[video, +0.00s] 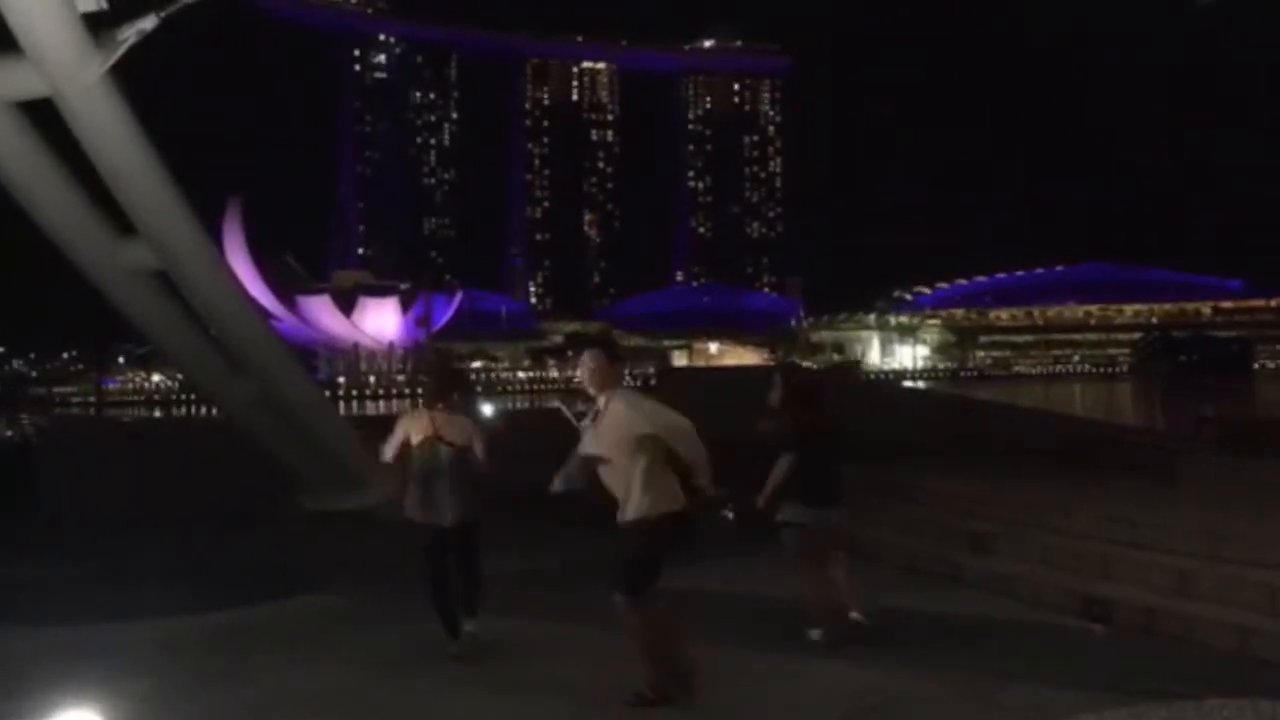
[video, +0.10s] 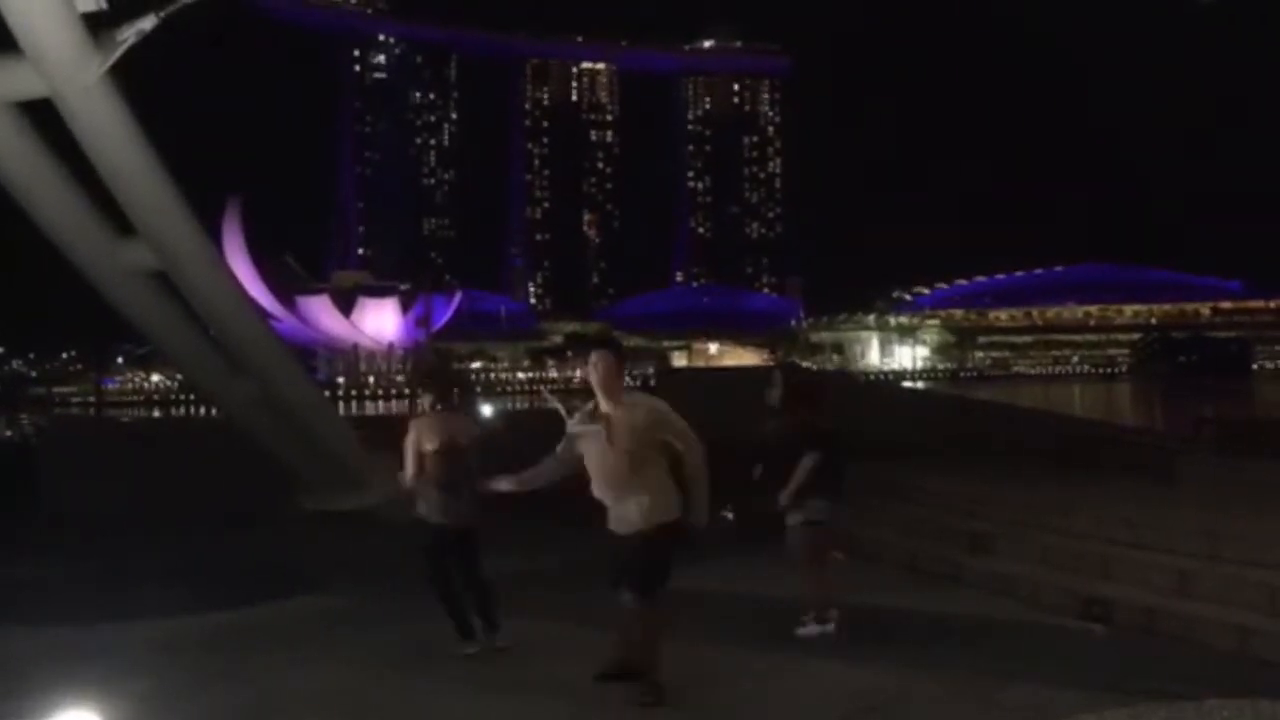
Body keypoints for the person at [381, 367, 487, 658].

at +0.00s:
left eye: (429, 395)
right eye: (449, 396)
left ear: (424, 395)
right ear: (454, 395)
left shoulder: (410, 422)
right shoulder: (465, 425)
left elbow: (388, 455)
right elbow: (480, 462)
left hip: (422, 515)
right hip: (459, 514)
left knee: (435, 572)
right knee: (464, 564)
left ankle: (451, 632)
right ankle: (469, 616)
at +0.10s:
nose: (420, 401)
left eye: (422, 396)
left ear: (425, 396)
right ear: (453, 394)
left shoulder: (419, 427)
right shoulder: (467, 424)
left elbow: (410, 476)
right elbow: (478, 468)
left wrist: (401, 478)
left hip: (434, 517)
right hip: (468, 514)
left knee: (442, 578)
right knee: (473, 571)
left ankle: (467, 637)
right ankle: (492, 630)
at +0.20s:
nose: (412, 412)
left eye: (416, 405)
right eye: (412, 404)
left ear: (426, 405)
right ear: (441, 400)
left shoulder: (432, 431)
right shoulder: (451, 425)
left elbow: (431, 475)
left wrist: (411, 495)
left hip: (443, 519)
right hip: (461, 517)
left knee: (434, 577)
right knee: (472, 573)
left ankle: (467, 635)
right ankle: (499, 630)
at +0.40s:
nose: (390, 420)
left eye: (393, 412)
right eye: (390, 413)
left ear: (408, 413)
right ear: (418, 412)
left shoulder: (419, 438)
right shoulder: (442, 432)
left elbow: (412, 492)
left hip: (442, 520)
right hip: (463, 518)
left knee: (441, 577)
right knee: (447, 577)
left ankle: (468, 636)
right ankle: (467, 634)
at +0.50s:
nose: (387, 431)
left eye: (391, 424)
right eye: (387, 424)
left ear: (407, 424)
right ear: (415, 424)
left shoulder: (411, 455)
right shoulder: (434, 449)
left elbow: (397, 504)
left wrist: (403, 527)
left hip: (433, 527)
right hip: (453, 525)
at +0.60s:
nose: (387, 440)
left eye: (392, 433)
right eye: (388, 433)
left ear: (408, 436)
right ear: (415, 437)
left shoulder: (407, 469)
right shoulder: (431, 463)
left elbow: (398, 509)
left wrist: (389, 542)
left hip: (414, 539)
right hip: (438, 537)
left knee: (381, 584)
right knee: (428, 592)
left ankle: (379, 638)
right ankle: (446, 637)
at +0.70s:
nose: (390, 452)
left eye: (395, 446)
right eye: (389, 445)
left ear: (411, 446)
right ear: (414, 446)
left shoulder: (405, 476)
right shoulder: (427, 465)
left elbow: (396, 517)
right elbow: (424, 410)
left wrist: (382, 550)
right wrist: (430, 373)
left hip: (413, 538)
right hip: (440, 536)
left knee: (378, 576)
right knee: (428, 586)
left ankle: (379, 637)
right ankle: (452, 636)